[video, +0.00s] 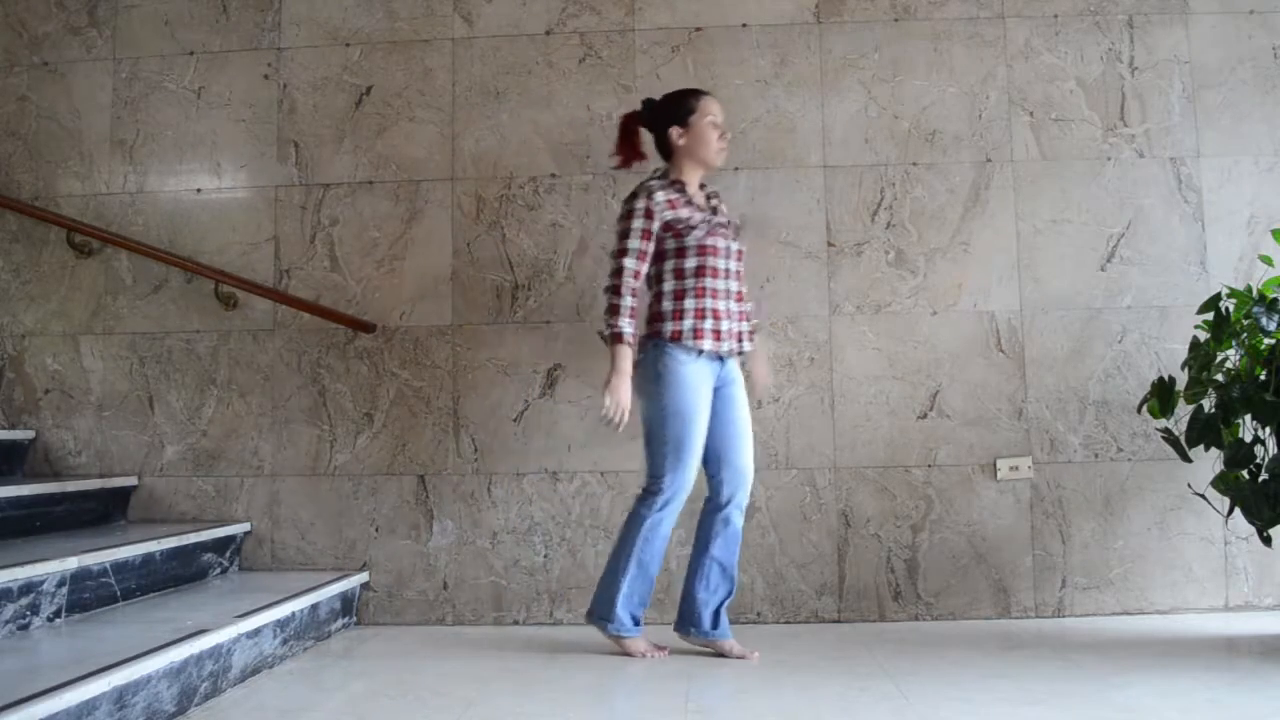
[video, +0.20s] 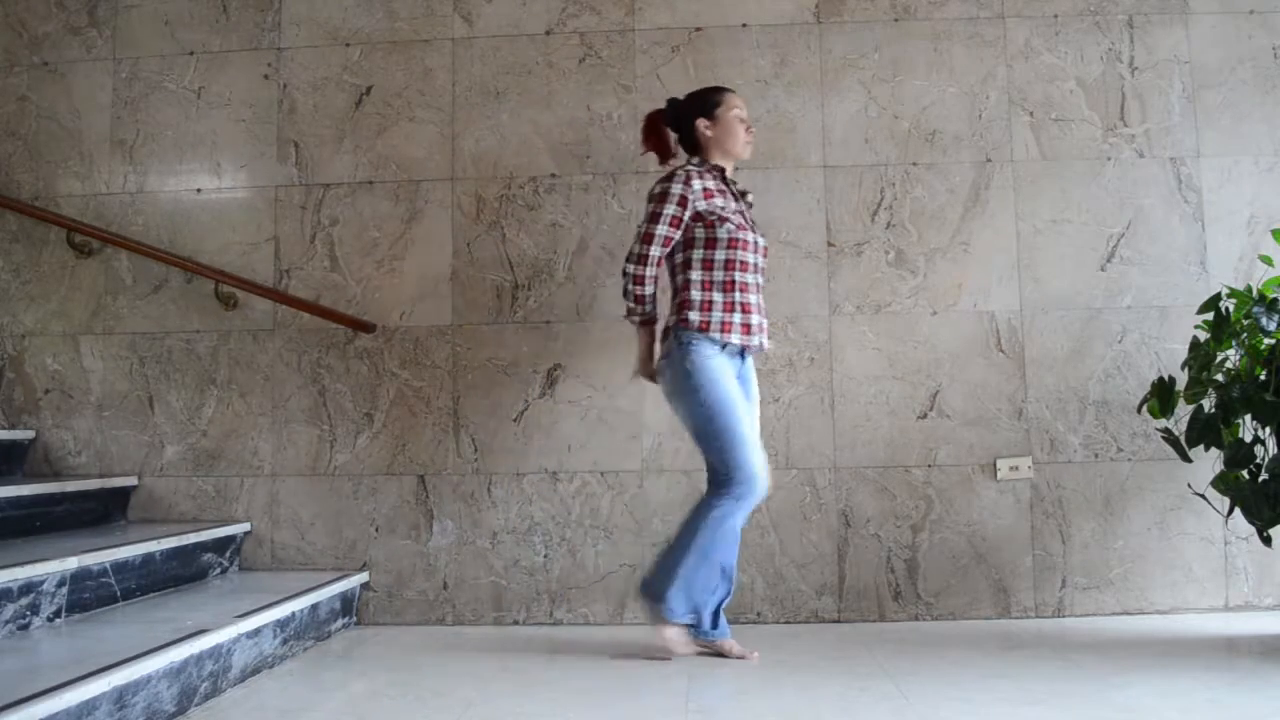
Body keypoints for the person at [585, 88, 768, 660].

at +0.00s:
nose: (725, 134)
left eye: (724, 125)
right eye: (713, 125)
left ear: (702, 138)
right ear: (677, 136)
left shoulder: (717, 209)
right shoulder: (651, 199)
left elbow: (732, 287)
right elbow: (628, 283)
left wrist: (750, 348)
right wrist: (620, 369)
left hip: (727, 362)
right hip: (678, 357)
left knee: (734, 486)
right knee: (668, 486)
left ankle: (705, 621)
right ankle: (617, 615)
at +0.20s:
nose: (750, 128)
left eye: (748, 119)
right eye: (740, 119)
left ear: (720, 131)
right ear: (705, 129)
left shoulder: (732, 193)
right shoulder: (685, 181)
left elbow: (729, 274)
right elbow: (643, 261)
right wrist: (647, 337)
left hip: (738, 354)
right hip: (696, 350)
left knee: (739, 483)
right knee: (745, 478)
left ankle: (707, 622)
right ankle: (667, 603)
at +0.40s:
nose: (765, 127)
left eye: (764, 119)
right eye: (755, 118)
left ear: (729, 127)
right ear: (720, 125)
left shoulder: (737, 185)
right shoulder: (709, 171)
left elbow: (713, 272)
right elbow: (661, 248)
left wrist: (683, 344)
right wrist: (664, 308)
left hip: (730, 341)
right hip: (716, 340)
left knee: (732, 482)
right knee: (777, 467)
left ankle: (704, 618)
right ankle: (777, 622)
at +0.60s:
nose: (770, 133)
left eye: (770, 125)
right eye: (760, 122)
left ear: (731, 128)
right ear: (724, 126)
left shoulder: (738, 181)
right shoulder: (723, 171)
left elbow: (714, 275)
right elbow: (697, 245)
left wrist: (685, 356)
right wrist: (677, 331)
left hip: (726, 342)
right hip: (740, 341)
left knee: (735, 483)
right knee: (776, 480)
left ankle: (704, 615)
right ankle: (774, 625)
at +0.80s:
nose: (781, 133)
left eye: (781, 124)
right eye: (771, 122)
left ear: (739, 132)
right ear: (734, 128)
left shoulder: (728, 187)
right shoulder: (737, 179)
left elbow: (706, 276)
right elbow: (729, 254)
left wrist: (686, 355)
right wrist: (727, 332)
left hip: (709, 348)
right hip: (735, 346)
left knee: (735, 487)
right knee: (805, 469)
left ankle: (701, 621)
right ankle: (798, 624)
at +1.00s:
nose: (787, 122)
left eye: (787, 113)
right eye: (777, 112)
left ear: (738, 121)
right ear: (740, 115)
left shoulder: (720, 176)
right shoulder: (745, 167)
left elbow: (721, 263)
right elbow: (780, 233)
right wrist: (831, 309)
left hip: (708, 336)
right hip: (740, 331)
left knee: (732, 481)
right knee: (791, 471)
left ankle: (702, 620)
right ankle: (772, 636)